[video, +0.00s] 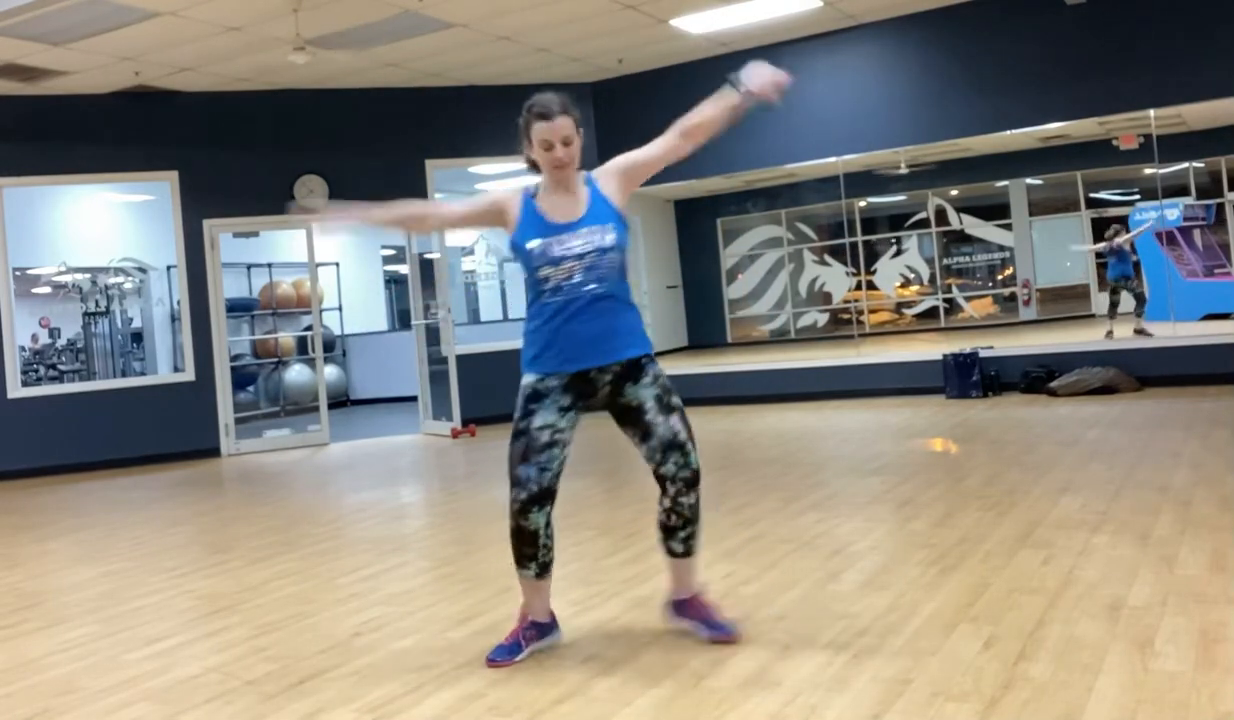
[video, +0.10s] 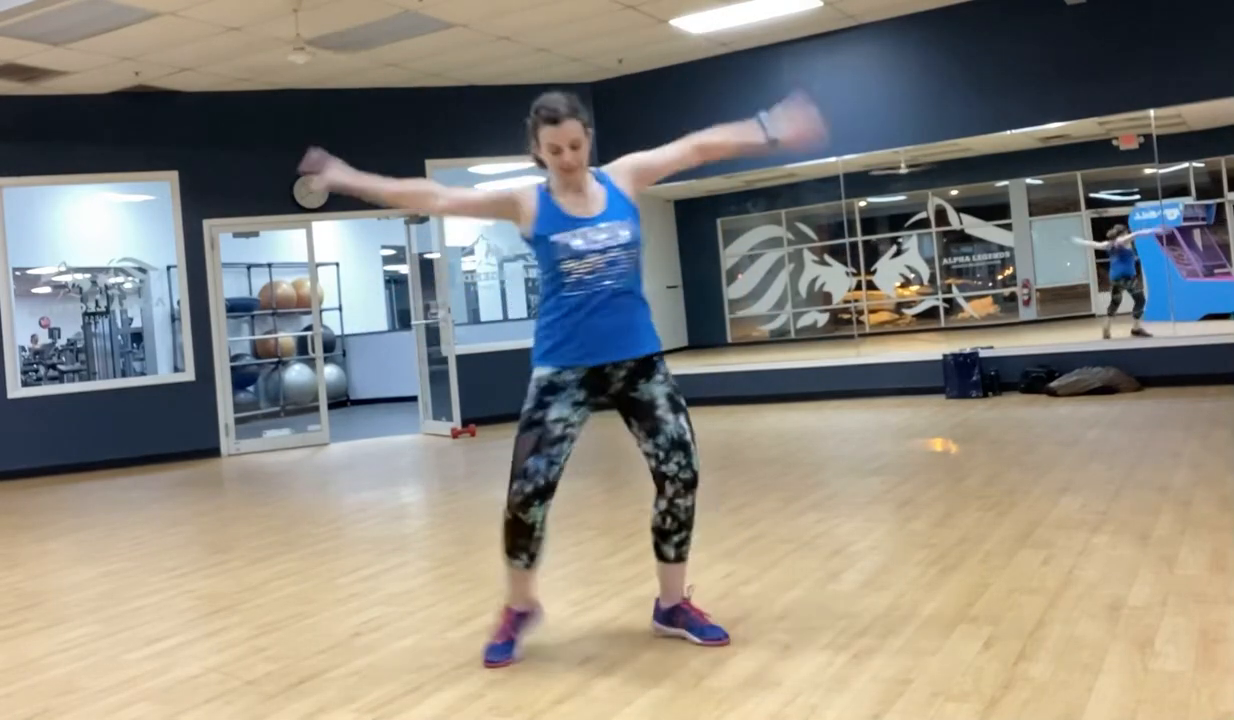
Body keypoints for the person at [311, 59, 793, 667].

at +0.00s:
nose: (559, 154)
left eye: (567, 142)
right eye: (547, 146)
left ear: (582, 138)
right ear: (530, 149)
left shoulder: (613, 181)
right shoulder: (510, 205)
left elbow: (685, 135)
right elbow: (428, 214)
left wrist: (743, 89)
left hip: (628, 363)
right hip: (551, 375)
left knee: (681, 467)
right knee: (528, 492)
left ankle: (685, 595)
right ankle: (537, 617)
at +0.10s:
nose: (564, 157)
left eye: (572, 146)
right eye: (552, 150)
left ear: (590, 137)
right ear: (537, 151)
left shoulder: (625, 177)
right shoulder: (522, 200)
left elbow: (700, 145)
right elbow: (432, 196)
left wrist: (770, 127)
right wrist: (346, 177)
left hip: (639, 362)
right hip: (562, 372)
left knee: (679, 472)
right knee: (527, 490)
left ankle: (673, 603)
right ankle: (519, 606)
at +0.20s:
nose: (583, 174)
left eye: (590, 162)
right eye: (571, 166)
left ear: (606, 151)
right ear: (555, 163)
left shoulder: (641, 186)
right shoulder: (546, 208)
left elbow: (715, 179)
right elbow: (457, 195)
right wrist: (373, 163)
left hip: (650, 371)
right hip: (579, 376)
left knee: (691, 480)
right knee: (537, 487)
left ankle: (670, 607)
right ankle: (471, 604)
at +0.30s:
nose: (608, 189)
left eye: (616, 176)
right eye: (595, 181)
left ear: (630, 168)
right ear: (577, 179)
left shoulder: (653, 208)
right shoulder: (565, 224)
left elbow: (692, 236)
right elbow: (476, 222)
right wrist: (386, 202)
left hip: (656, 386)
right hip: (592, 390)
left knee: (706, 488)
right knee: (538, 507)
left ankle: (672, 608)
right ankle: (451, 614)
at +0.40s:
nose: (616, 193)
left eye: (623, 182)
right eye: (603, 185)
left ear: (638, 176)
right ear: (586, 186)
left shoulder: (648, 215)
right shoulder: (578, 233)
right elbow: (505, 254)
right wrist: (436, 259)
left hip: (659, 390)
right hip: (596, 397)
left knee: (708, 491)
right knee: (543, 509)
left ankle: (671, 608)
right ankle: (448, 614)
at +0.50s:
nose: (631, 196)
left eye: (637, 183)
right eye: (617, 189)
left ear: (646, 177)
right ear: (596, 192)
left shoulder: (647, 229)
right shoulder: (592, 248)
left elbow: (640, 300)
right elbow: (553, 326)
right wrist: (508, 388)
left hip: (659, 398)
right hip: (601, 404)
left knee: (712, 493)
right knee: (545, 510)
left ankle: (671, 608)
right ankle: (442, 610)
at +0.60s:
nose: (632, 193)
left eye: (638, 180)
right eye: (618, 186)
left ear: (646, 176)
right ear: (595, 192)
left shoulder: (643, 233)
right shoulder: (595, 248)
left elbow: (647, 316)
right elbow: (602, 338)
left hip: (659, 401)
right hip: (605, 404)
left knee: (712, 495)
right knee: (547, 510)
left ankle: (671, 608)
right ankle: (440, 609)